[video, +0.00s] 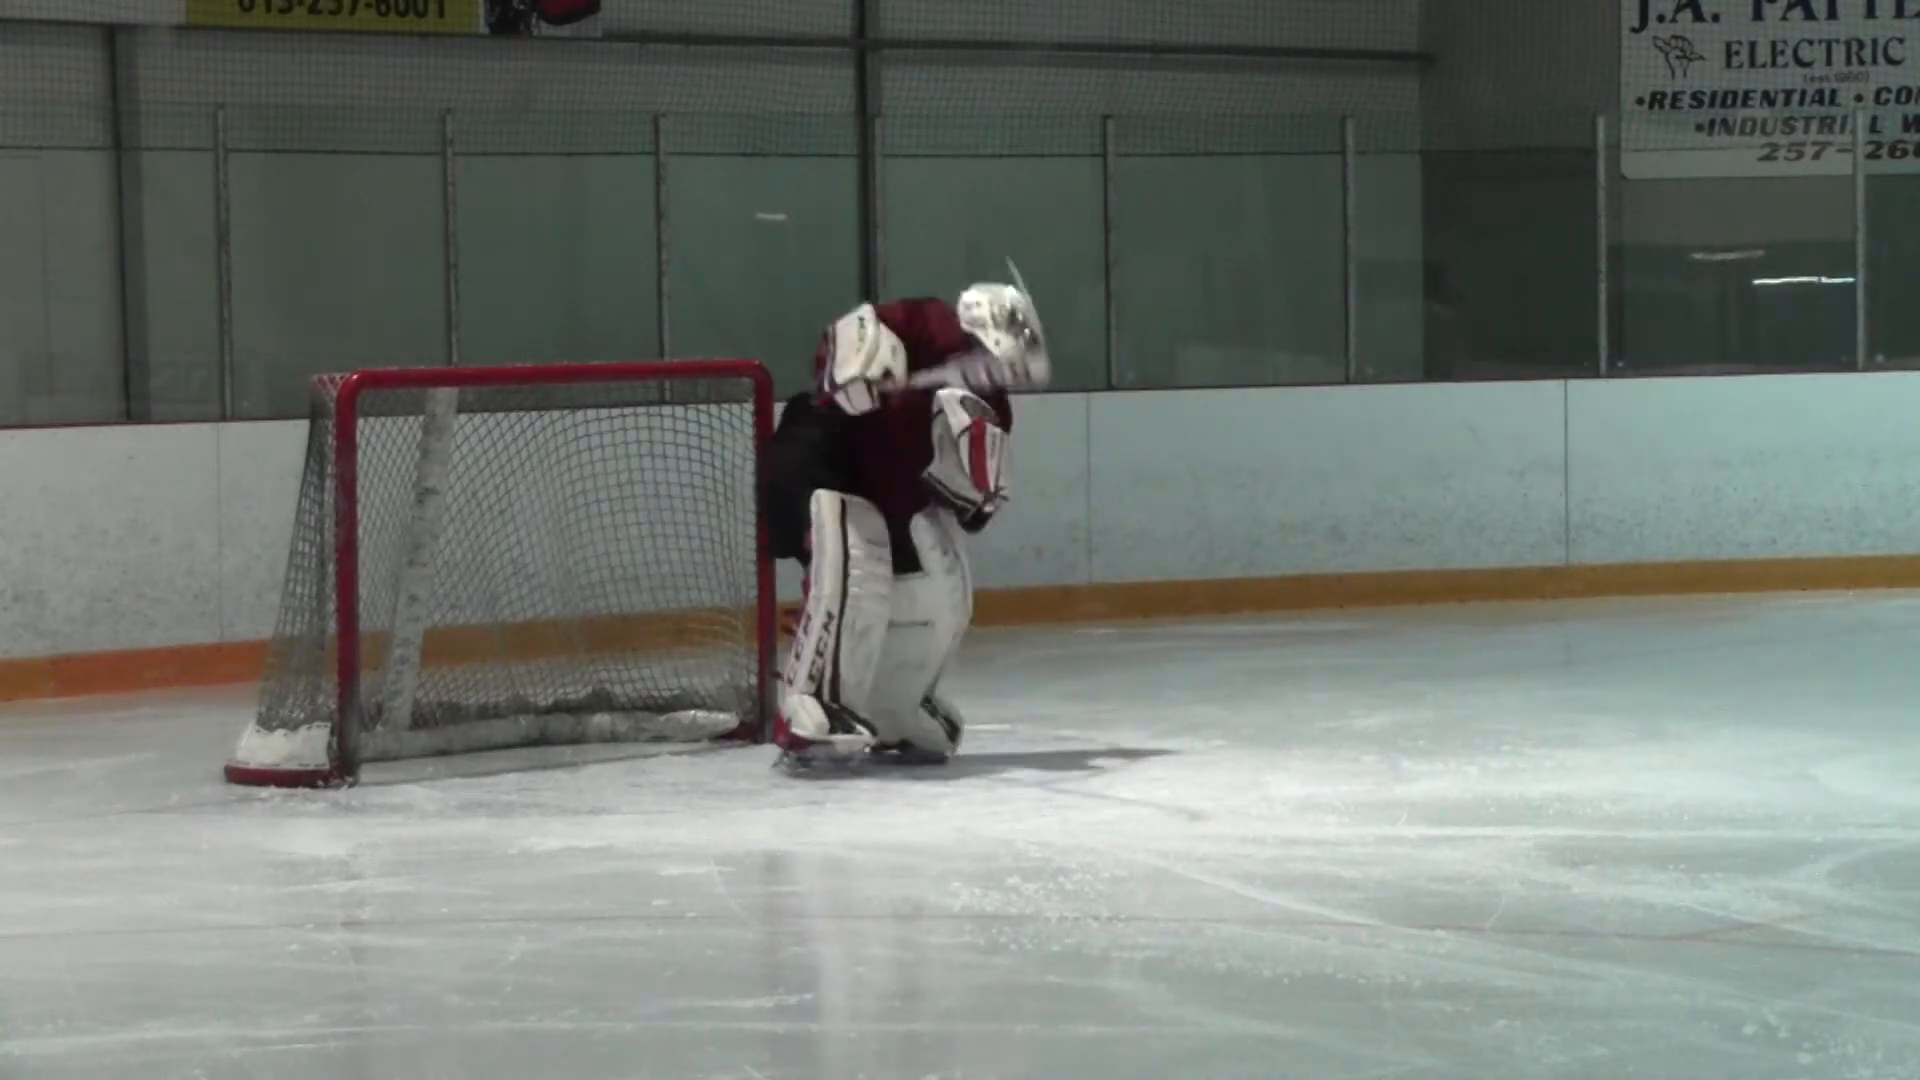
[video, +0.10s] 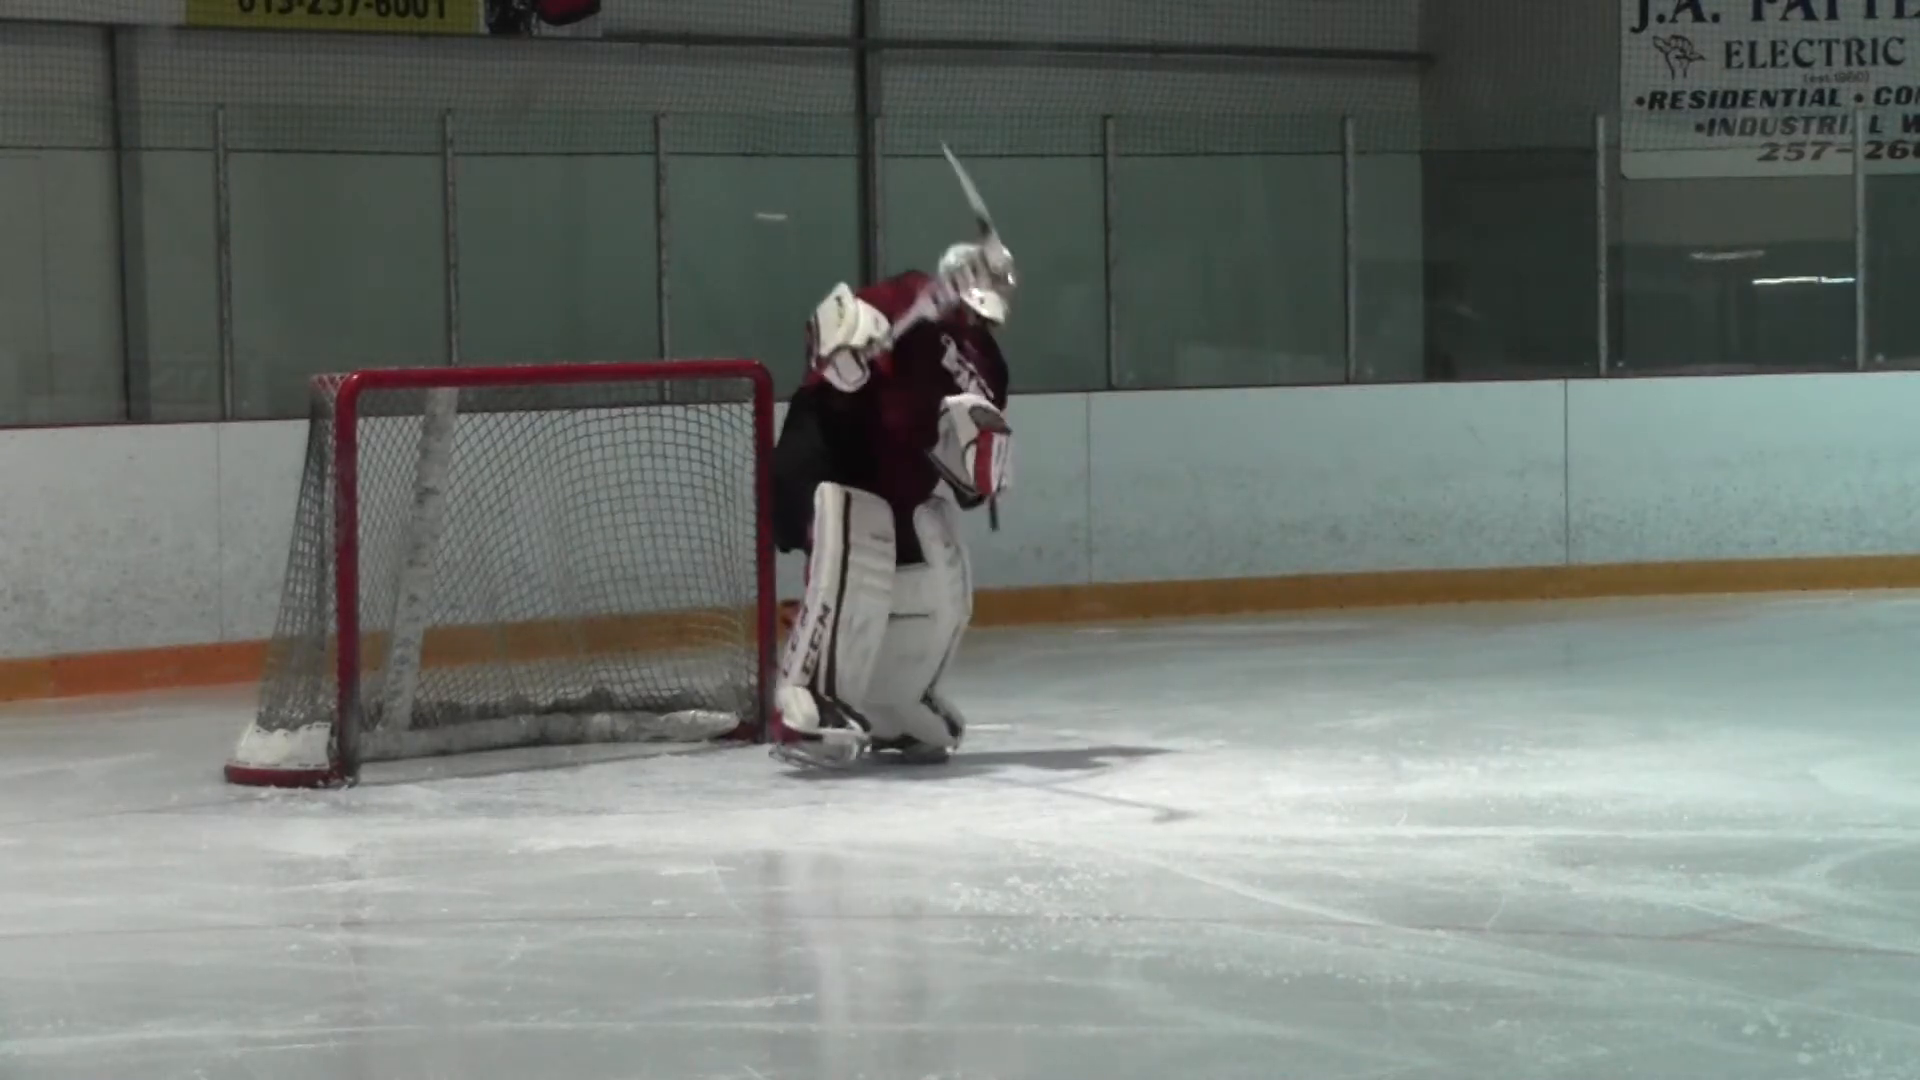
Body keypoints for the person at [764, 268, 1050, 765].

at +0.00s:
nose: (1004, 376)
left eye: (1013, 369)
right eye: (1002, 361)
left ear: (1014, 360)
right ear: (982, 335)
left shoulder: (989, 402)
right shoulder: (932, 324)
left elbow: (978, 504)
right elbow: (855, 329)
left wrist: (972, 497)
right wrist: (852, 367)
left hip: (907, 496)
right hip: (836, 468)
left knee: (938, 604)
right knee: (854, 591)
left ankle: (899, 718)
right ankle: (816, 718)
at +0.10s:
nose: (977, 309)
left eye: (986, 303)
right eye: (975, 296)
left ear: (989, 303)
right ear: (958, 280)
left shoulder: (980, 354)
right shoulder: (903, 300)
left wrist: (970, 429)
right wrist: (848, 341)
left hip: (915, 480)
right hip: (850, 475)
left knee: (939, 597)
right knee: (850, 592)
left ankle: (897, 712)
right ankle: (815, 713)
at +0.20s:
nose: (971, 260)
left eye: (980, 249)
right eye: (962, 245)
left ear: (984, 260)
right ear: (935, 242)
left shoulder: (982, 338)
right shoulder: (894, 279)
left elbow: (959, 420)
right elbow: (820, 350)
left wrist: (979, 451)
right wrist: (836, 334)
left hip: (918, 472)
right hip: (858, 462)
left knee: (939, 589)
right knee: (859, 581)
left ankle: (899, 707)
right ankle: (813, 696)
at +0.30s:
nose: (954, 241)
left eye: (960, 230)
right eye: (946, 228)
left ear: (960, 238)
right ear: (918, 226)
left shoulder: (970, 311)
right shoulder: (875, 270)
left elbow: (970, 408)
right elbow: (818, 344)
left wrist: (986, 448)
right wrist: (829, 322)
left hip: (922, 464)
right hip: (859, 455)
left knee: (939, 587)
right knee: (864, 577)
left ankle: (902, 703)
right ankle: (815, 696)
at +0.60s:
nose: (924, 292)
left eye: (931, 280)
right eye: (911, 279)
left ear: (937, 280)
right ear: (877, 279)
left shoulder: (951, 351)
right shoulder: (841, 333)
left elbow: (962, 439)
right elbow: (768, 403)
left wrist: (1024, 424)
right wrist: (798, 448)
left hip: (926, 531)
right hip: (851, 528)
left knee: (984, 624)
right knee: (859, 641)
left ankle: (1021, 747)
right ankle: (800, 760)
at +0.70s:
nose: (945, 288)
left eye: (952, 276)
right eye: (932, 275)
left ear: (960, 277)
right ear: (899, 274)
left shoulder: (976, 345)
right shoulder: (865, 328)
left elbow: (988, 440)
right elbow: (789, 403)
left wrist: (1051, 419)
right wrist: (821, 449)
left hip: (951, 524)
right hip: (873, 517)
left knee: (1010, 623)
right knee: (886, 625)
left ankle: (1040, 745)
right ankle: (834, 755)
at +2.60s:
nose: (1072, 380)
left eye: (1076, 369)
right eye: (1062, 367)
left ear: (1075, 366)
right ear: (1029, 363)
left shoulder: (1056, 433)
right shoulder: (989, 390)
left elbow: (1054, 526)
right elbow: (923, 455)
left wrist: (1093, 503)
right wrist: (980, 511)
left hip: (986, 540)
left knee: (1054, 623)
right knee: (962, 624)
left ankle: (1083, 740)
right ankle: (899, 741)